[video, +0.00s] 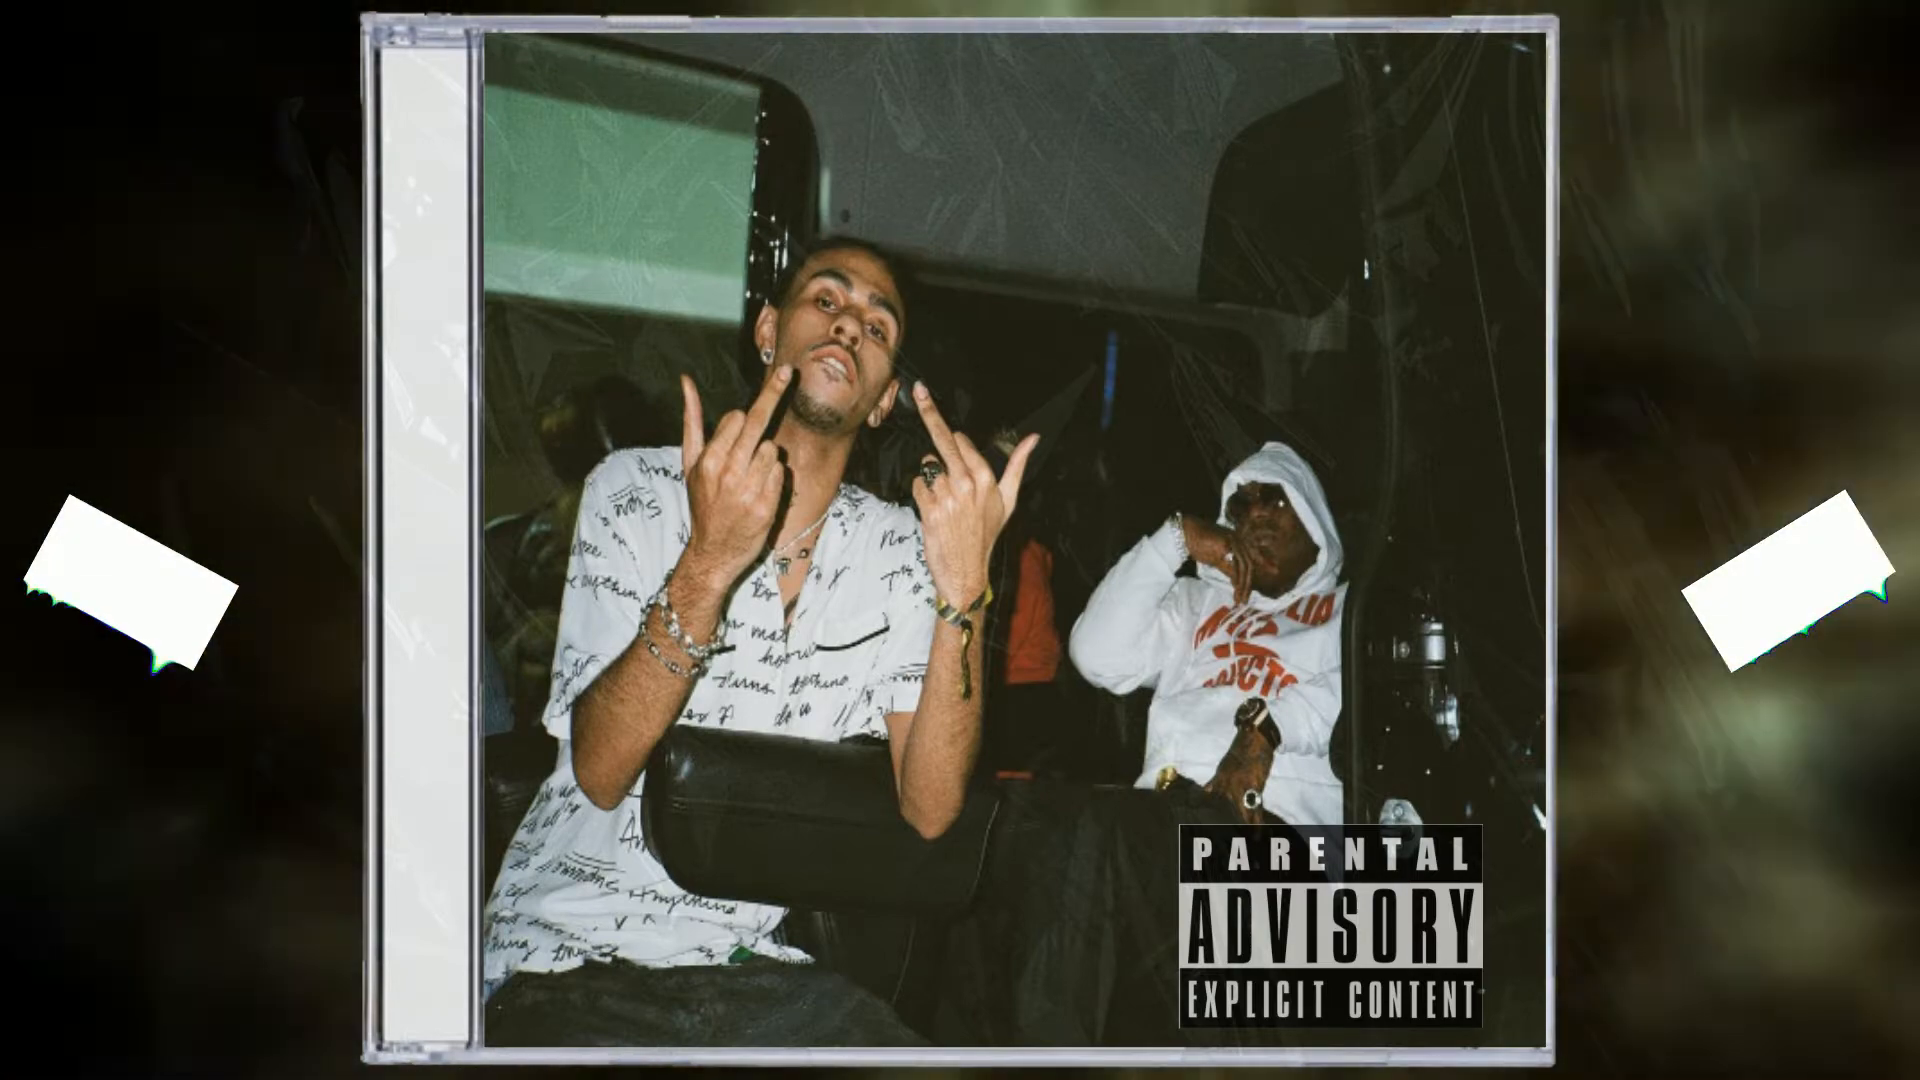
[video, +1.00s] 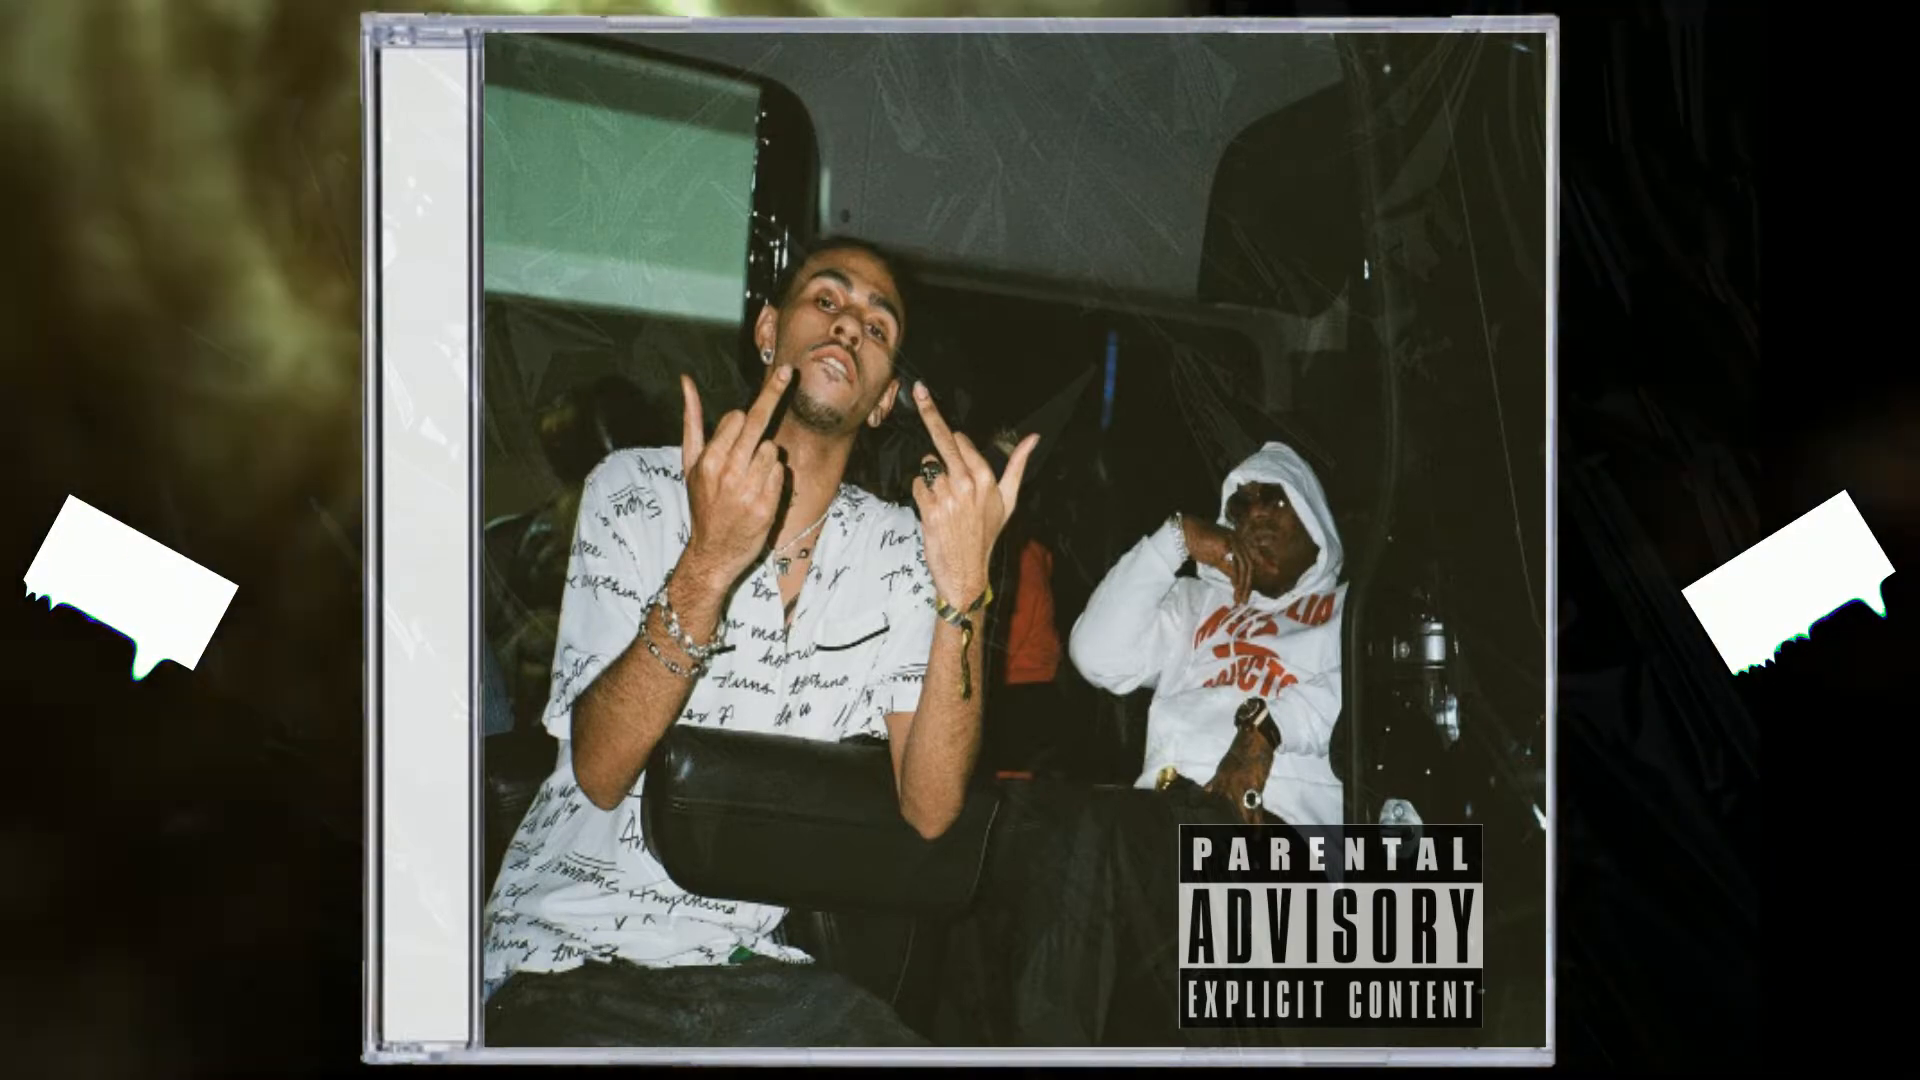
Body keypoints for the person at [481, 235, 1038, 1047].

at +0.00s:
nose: (851, 323)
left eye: (878, 323)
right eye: (826, 299)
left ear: (887, 395)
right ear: (767, 333)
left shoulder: (903, 550)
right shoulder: (638, 490)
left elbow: (931, 809)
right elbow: (601, 770)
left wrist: (966, 594)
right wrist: (710, 564)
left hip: (756, 957)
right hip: (570, 945)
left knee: (913, 1066)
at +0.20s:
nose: (851, 323)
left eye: (878, 323)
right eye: (826, 299)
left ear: (887, 395)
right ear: (767, 333)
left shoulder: (903, 550)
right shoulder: (638, 490)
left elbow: (931, 809)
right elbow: (601, 770)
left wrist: (966, 594)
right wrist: (710, 564)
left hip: (755, 957)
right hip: (570, 944)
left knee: (905, 1059)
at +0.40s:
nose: (851, 323)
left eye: (878, 323)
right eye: (826, 299)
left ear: (887, 395)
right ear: (767, 333)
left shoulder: (903, 550)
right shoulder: (638, 490)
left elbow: (931, 809)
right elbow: (601, 770)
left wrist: (966, 594)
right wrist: (710, 564)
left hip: (754, 956)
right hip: (570, 944)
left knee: (906, 1062)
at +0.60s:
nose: (851, 323)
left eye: (878, 323)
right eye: (826, 299)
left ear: (886, 396)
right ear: (766, 332)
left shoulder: (903, 550)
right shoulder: (638, 489)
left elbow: (931, 809)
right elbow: (600, 770)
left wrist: (965, 595)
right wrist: (710, 563)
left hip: (754, 955)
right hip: (569, 941)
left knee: (907, 1060)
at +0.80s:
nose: (851, 323)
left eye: (878, 323)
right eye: (826, 299)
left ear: (887, 395)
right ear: (767, 333)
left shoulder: (903, 550)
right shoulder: (638, 490)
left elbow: (931, 809)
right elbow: (601, 770)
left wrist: (966, 594)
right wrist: (710, 564)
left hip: (756, 956)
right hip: (571, 944)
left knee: (906, 1059)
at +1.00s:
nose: (851, 323)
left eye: (878, 323)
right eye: (826, 299)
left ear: (887, 395)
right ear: (767, 333)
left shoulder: (903, 550)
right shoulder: (637, 490)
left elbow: (931, 809)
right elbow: (601, 770)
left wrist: (966, 594)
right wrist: (710, 564)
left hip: (755, 956)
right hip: (571, 944)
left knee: (906, 1059)